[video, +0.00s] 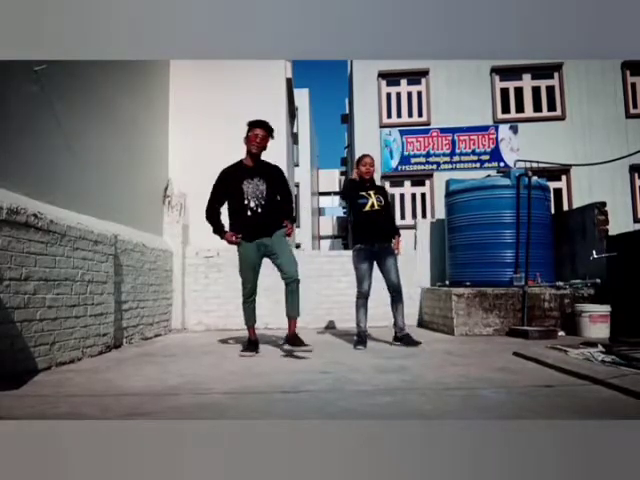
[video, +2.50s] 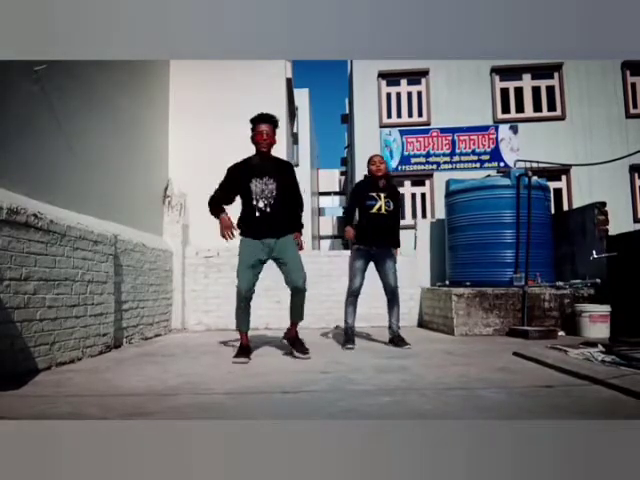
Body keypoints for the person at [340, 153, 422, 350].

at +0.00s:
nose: (369, 168)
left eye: (371, 165)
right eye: (365, 165)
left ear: (375, 168)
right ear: (357, 169)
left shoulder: (381, 190)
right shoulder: (352, 189)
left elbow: (389, 216)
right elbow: (346, 196)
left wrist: (396, 235)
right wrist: (353, 178)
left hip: (384, 244)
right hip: (362, 245)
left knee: (395, 287)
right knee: (363, 291)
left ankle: (401, 332)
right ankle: (361, 334)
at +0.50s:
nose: (393, 168)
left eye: (396, 165)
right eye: (390, 165)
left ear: (400, 168)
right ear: (383, 168)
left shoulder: (407, 192)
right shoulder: (373, 191)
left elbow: (415, 220)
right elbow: (366, 218)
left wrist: (423, 245)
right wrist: (362, 243)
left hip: (400, 246)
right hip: (378, 246)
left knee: (406, 290)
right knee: (373, 289)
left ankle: (408, 334)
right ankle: (364, 334)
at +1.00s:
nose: (368, 165)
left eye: (371, 162)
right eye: (365, 163)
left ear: (378, 166)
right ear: (361, 167)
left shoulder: (389, 186)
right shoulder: (356, 192)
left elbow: (401, 213)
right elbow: (353, 222)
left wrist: (411, 239)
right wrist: (357, 250)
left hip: (392, 244)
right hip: (368, 246)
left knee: (400, 288)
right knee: (366, 290)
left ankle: (408, 332)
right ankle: (362, 336)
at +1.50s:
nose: (384, 165)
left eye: (387, 162)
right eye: (380, 162)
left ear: (393, 165)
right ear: (376, 166)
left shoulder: (399, 191)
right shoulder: (368, 185)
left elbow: (403, 222)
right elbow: (353, 201)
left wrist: (406, 249)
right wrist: (349, 212)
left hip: (390, 245)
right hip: (367, 244)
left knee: (396, 289)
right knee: (364, 289)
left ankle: (398, 333)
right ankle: (361, 335)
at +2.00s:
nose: (358, 165)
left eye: (362, 161)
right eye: (355, 162)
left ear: (368, 164)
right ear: (350, 165)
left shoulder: (376, 184)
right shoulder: (345, 188)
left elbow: (388, 211)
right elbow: (342, 217)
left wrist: (396, 237)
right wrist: (346, 244)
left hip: (378, 244)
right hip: (355, 245)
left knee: (389, 288)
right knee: (353, 292)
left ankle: (397, 332)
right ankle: (350, 335)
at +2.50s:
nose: (377, 166)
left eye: (380, 163)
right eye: (373, 163)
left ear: (386, 166)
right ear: (368, 168)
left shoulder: (394, 191)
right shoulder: (360, 188)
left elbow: (396, 221)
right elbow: (348, 212)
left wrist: (396, 245)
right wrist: (347, 226)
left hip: (384, 246)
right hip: (361, 245)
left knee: (392, 288)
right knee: (354, 288)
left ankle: (395, 333)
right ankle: (349, 333)